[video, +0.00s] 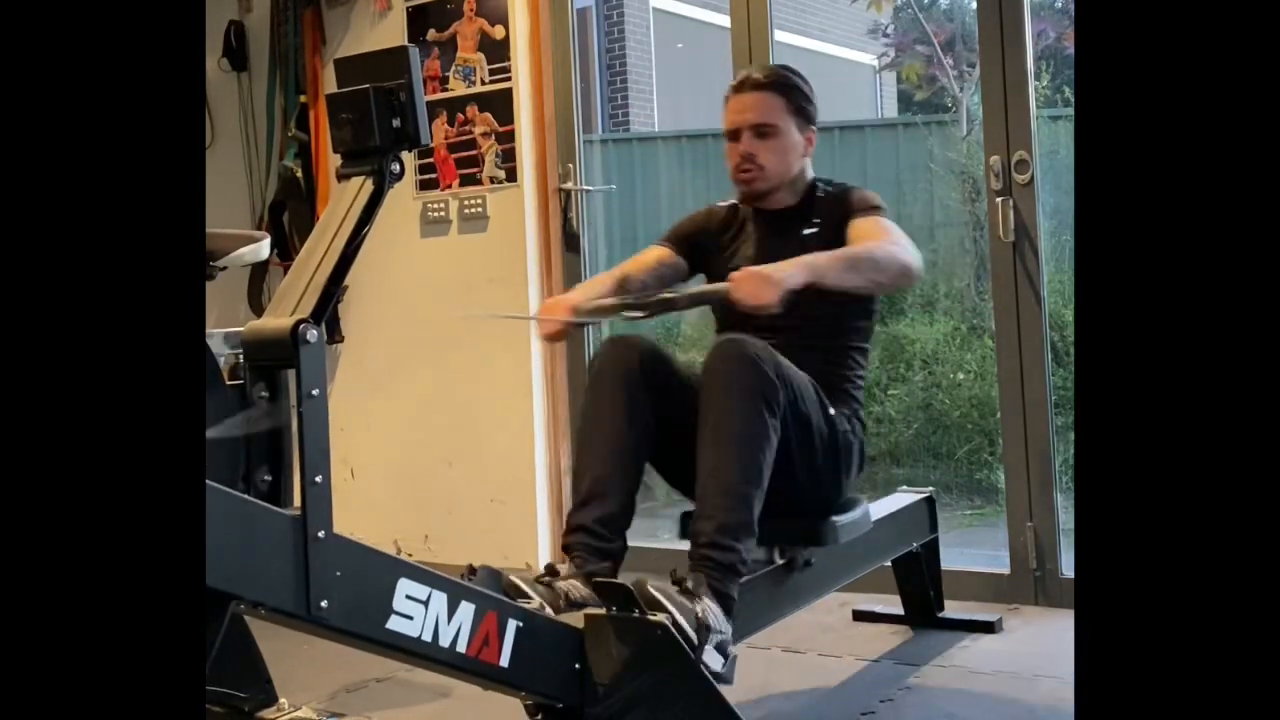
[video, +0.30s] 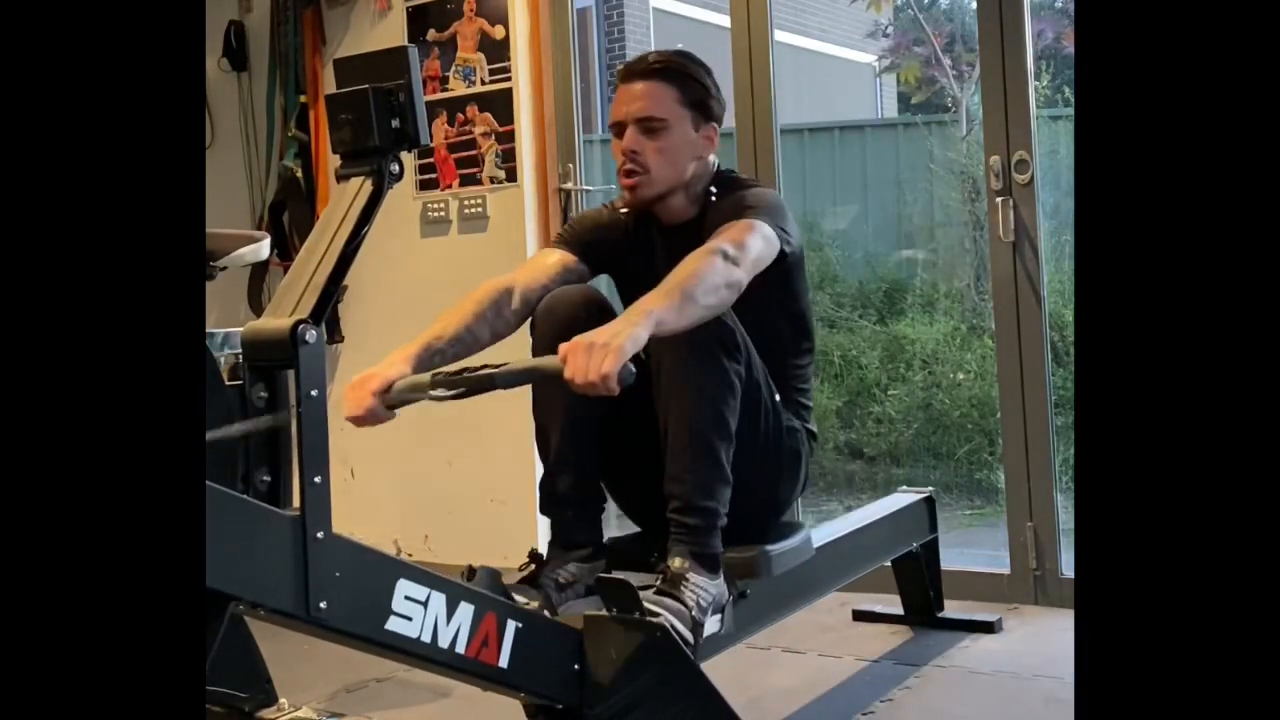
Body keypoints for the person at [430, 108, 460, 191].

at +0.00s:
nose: (446, 117)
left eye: (446, 115)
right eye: (445, 115)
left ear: (443, 116)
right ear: (440, 116)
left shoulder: (443, 125)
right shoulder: (437, 124)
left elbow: (453, 132)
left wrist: (457, 122)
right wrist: (442, 150)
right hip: (439, 148)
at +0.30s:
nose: (446, 117)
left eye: (446, 115)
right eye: (445, 115)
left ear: (443, 116)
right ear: (440, 116)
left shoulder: (443, 125)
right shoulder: (437, 123)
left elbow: (453, 132)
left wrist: (457, 122)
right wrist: (442, 150)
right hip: (440, 148)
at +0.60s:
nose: (446, 117)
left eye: (446, 115)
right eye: (445, 115)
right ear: (440, 115)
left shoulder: (443, 125)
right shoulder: (437, 123)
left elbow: (453, 132)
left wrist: (457, 122)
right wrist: (442, 149)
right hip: (439, 147)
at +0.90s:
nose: (446, 118)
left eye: (446, 115)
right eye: (444, 115)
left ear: (444, 116)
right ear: (440, 116)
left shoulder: (444, 125)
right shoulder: (437, 123)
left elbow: (454, 132)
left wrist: (457, 122)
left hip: (443, 147)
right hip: (439, 147)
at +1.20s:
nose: (446, 118)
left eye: (446, 115)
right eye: (444, 115)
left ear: (444, 116)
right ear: (440, 116)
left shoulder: (444, 125)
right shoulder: (437, 124)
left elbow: (453, 132)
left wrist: (457, 122)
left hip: (443, 147)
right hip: (439, 147)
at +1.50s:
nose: (446, 118)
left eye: (446, 115)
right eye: (444, 115)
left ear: (444, 116)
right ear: (440, 115)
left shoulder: (444, 125)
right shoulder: (437, 124)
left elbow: (453, 132)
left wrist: (457, 122)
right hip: (439, 148)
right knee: (454, 177)